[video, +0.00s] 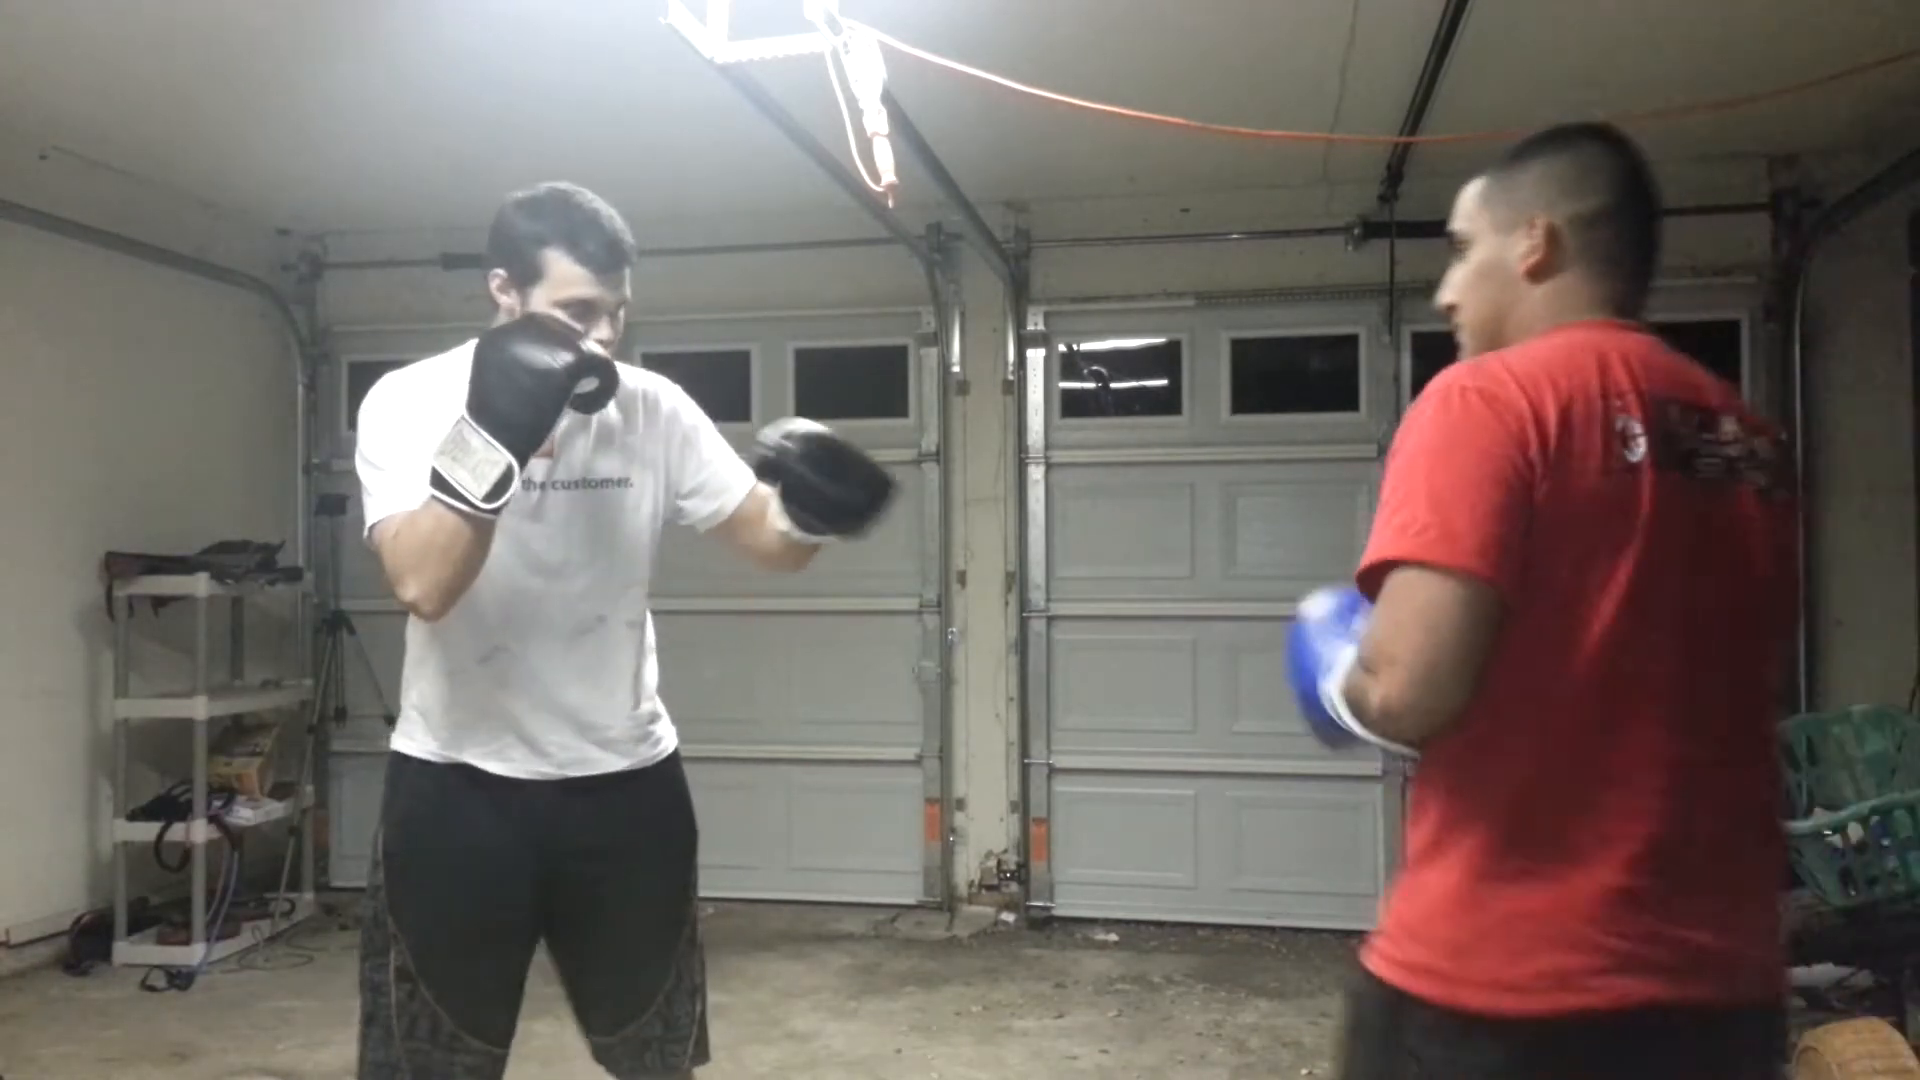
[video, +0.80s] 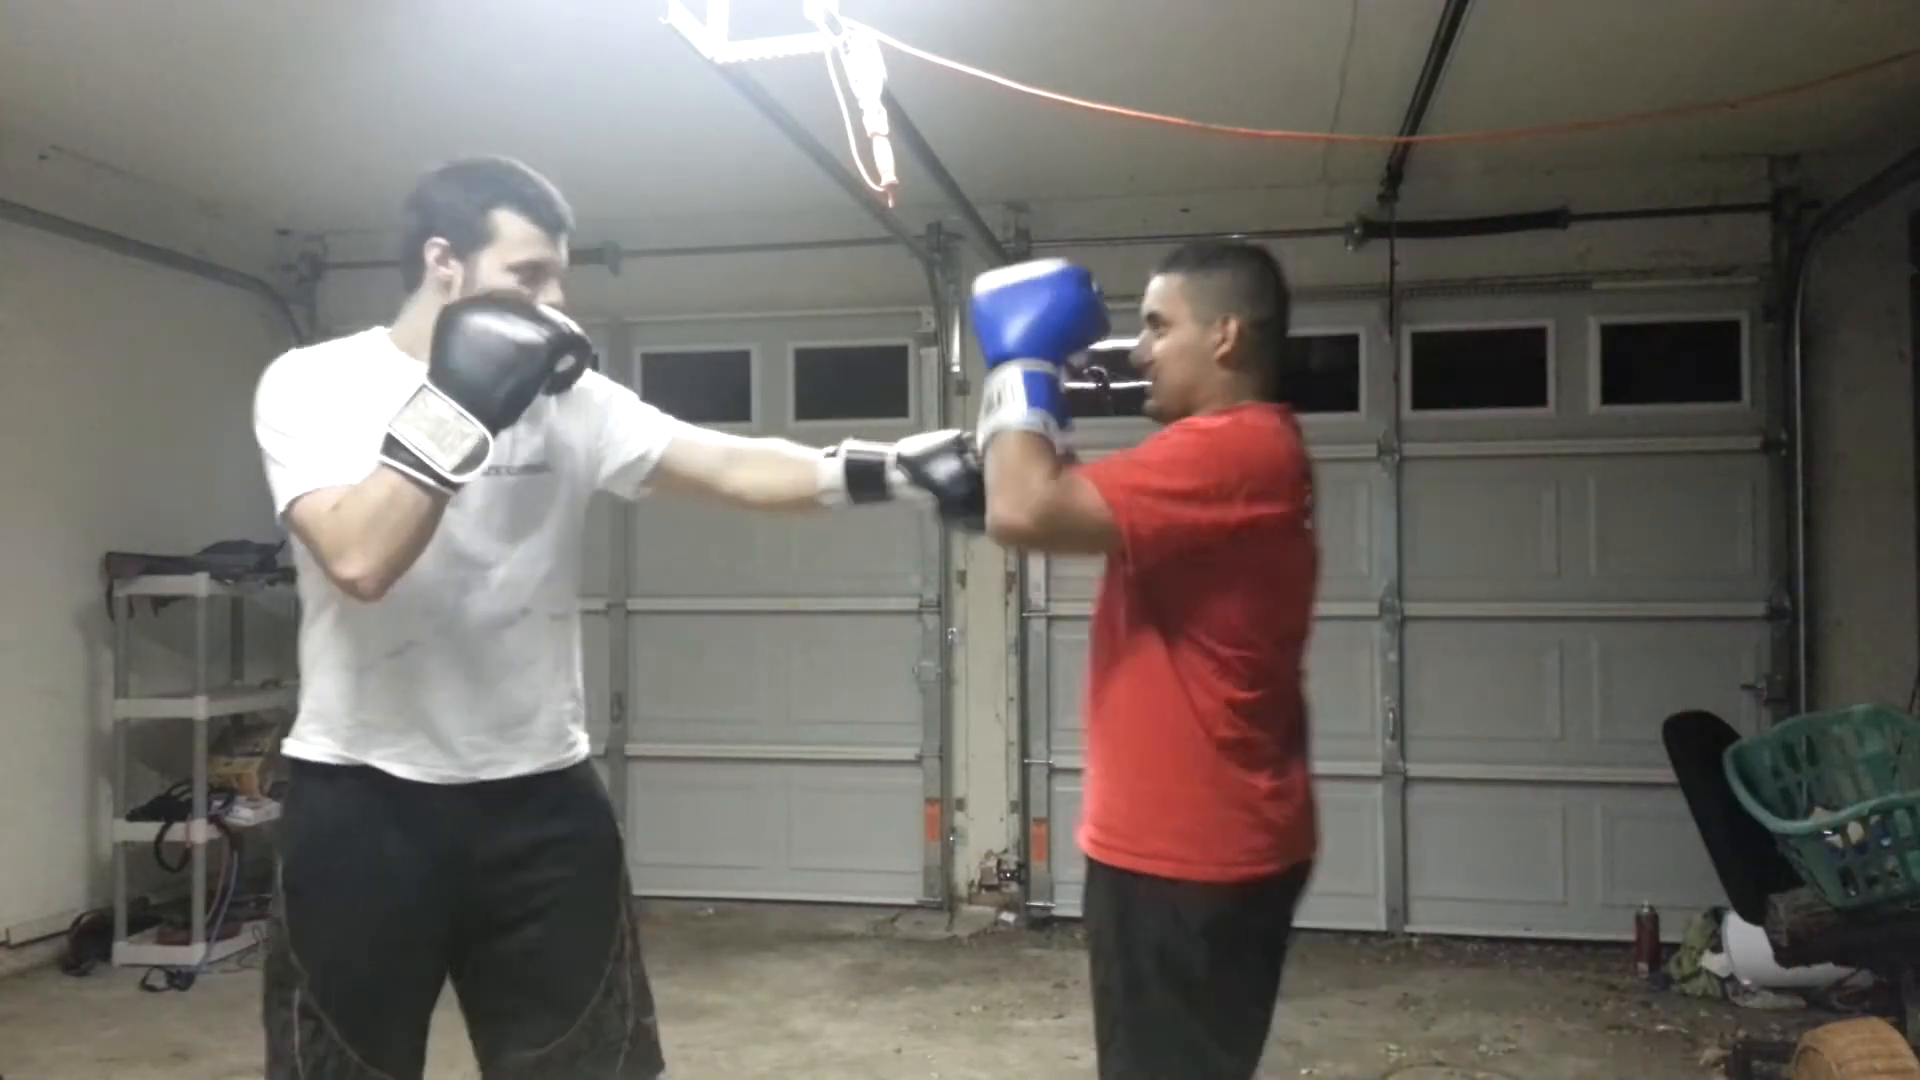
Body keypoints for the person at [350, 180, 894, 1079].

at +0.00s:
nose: (601, 337)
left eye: (615, 313)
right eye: (578, 312)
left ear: (628, 306)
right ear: (502, 297)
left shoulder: (655, 408)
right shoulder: (410, 402)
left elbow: (772, 543)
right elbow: (422, 585)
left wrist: (809, 511)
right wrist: (494, 432)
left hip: (626, 789)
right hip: (457, 792)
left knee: (659, 1060)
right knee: (432, 1063)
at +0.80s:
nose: (554, 303)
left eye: (560, 279)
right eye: (527, 274)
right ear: (442, 262)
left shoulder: (563, 396)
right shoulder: (312, 385)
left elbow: (731, 464)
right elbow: (359, 558)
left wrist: (898, 466)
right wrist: (459, 399)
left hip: (543, 808)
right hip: (360, 811)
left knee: (596, 1064)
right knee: (341, 1067)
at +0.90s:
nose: (541, 288)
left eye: (545, 265)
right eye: (517, 260)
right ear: (430, 251)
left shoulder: (542, 371)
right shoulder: (303, 380)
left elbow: (683, 495)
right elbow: (350, 576)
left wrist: (841, 531)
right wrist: (496, 459)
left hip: (540, 803)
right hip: (363, 816)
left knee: (582, 1064)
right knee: (357, 1063)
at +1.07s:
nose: (551, 272)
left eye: (552, 250)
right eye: (528, 243)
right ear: (442, 242)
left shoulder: (539, 417)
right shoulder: (330, 382)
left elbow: (623, 582)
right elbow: (409, 599)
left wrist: (763, 656)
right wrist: (601, 641)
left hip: (519, 818)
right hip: (357, 815)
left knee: (516, 1065)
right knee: (354, 1065)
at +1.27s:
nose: (576, 255)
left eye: (573, 234)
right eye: (555, 228)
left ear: (487, 231)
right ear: (475, 226)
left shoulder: (517, 403)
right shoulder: (404, 361)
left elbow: (578, 572)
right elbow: (555, 564)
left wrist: (728, 621)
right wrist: (721, 629)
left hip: (503, 802)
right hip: (370, 800)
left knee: (507, 1062)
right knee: (359, 1062)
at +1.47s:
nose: (580, 251)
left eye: (577, 225)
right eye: (567, 219)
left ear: (487, 216)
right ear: (494, 209)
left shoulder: (423, 343)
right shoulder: (474, 337)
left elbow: (534, 558)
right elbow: (634, 520)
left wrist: (697, 600)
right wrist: (769, 547)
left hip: (392, 770)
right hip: (440, 776)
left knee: (377, 1060)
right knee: (485, 1053)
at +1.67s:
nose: (645, 273)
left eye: (647, 250)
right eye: (640, 244)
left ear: (548, 226)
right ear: (587, 222)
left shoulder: (445, 356)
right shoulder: (551, 339)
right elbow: (640, 531)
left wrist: (651, 520)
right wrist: (703, 501)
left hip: (422, 778)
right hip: (502, 787)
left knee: (447, 1062)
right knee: (566, 1059)